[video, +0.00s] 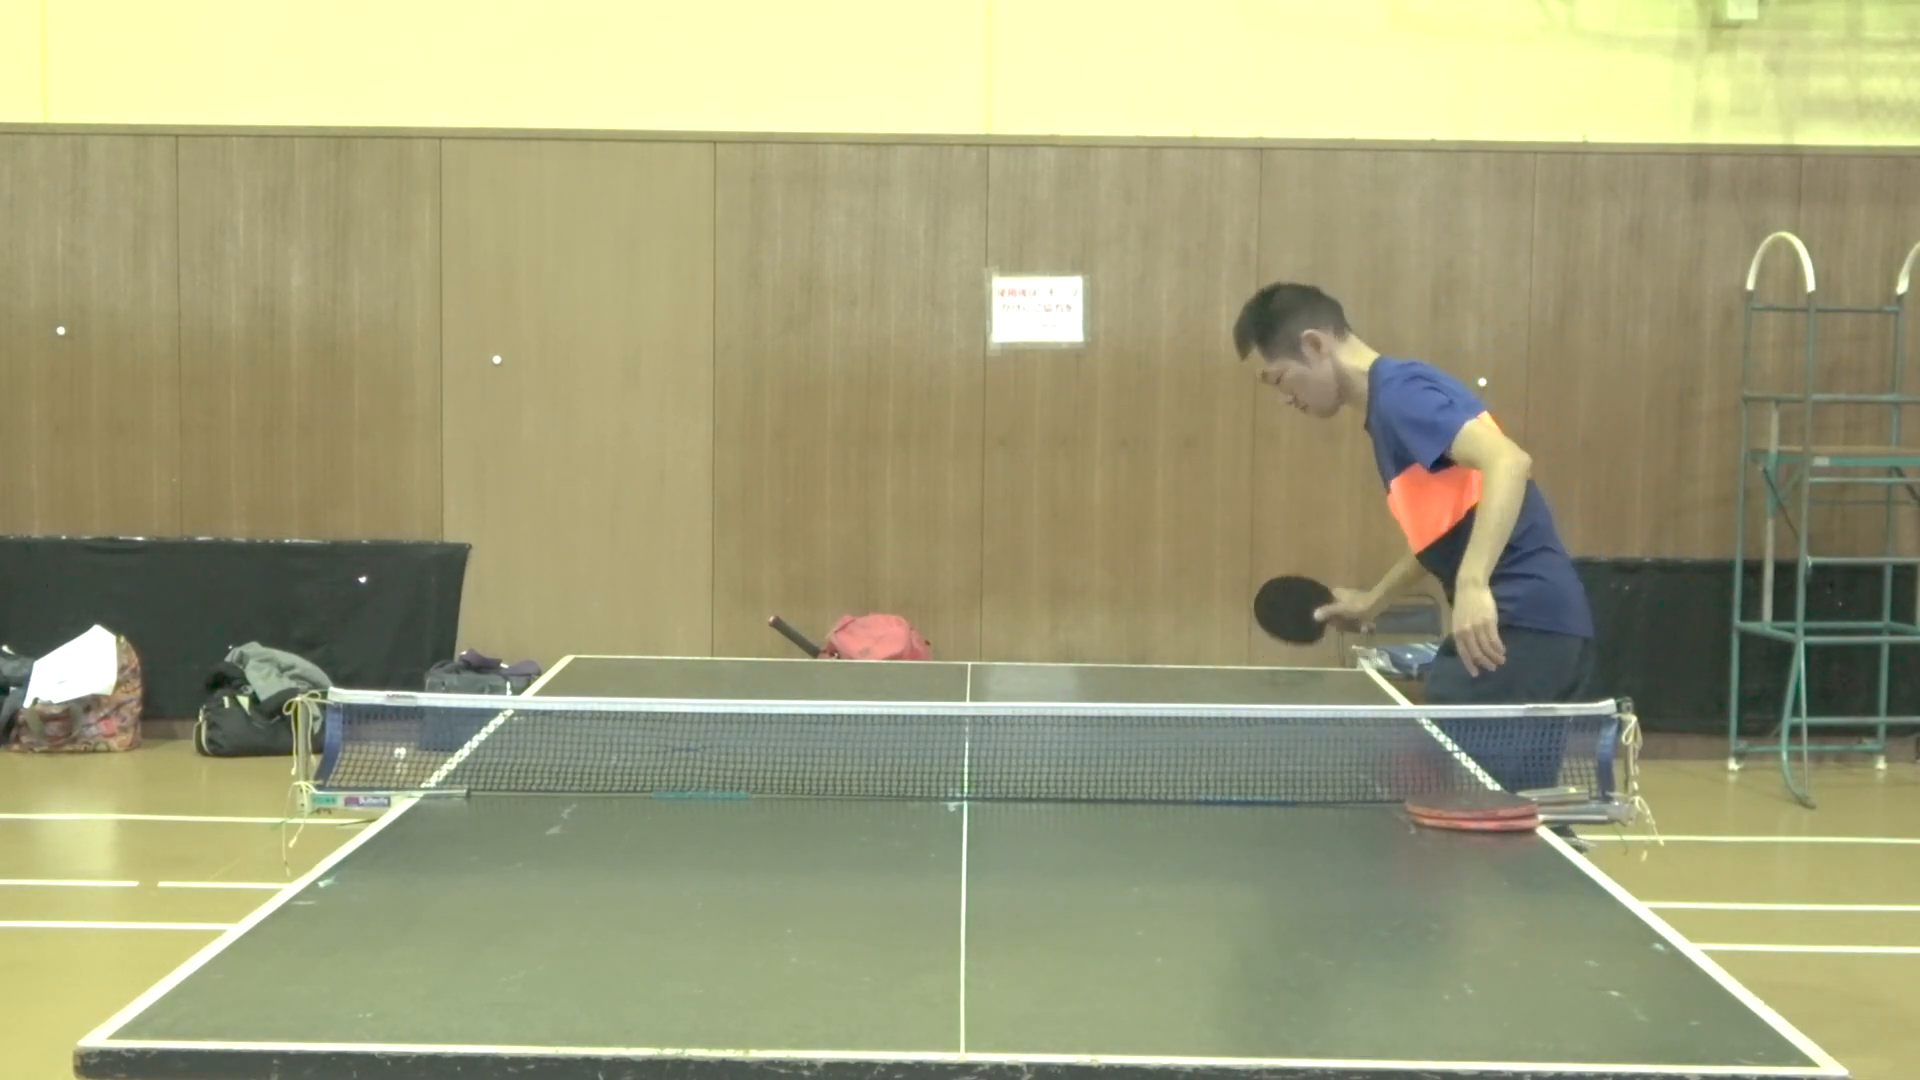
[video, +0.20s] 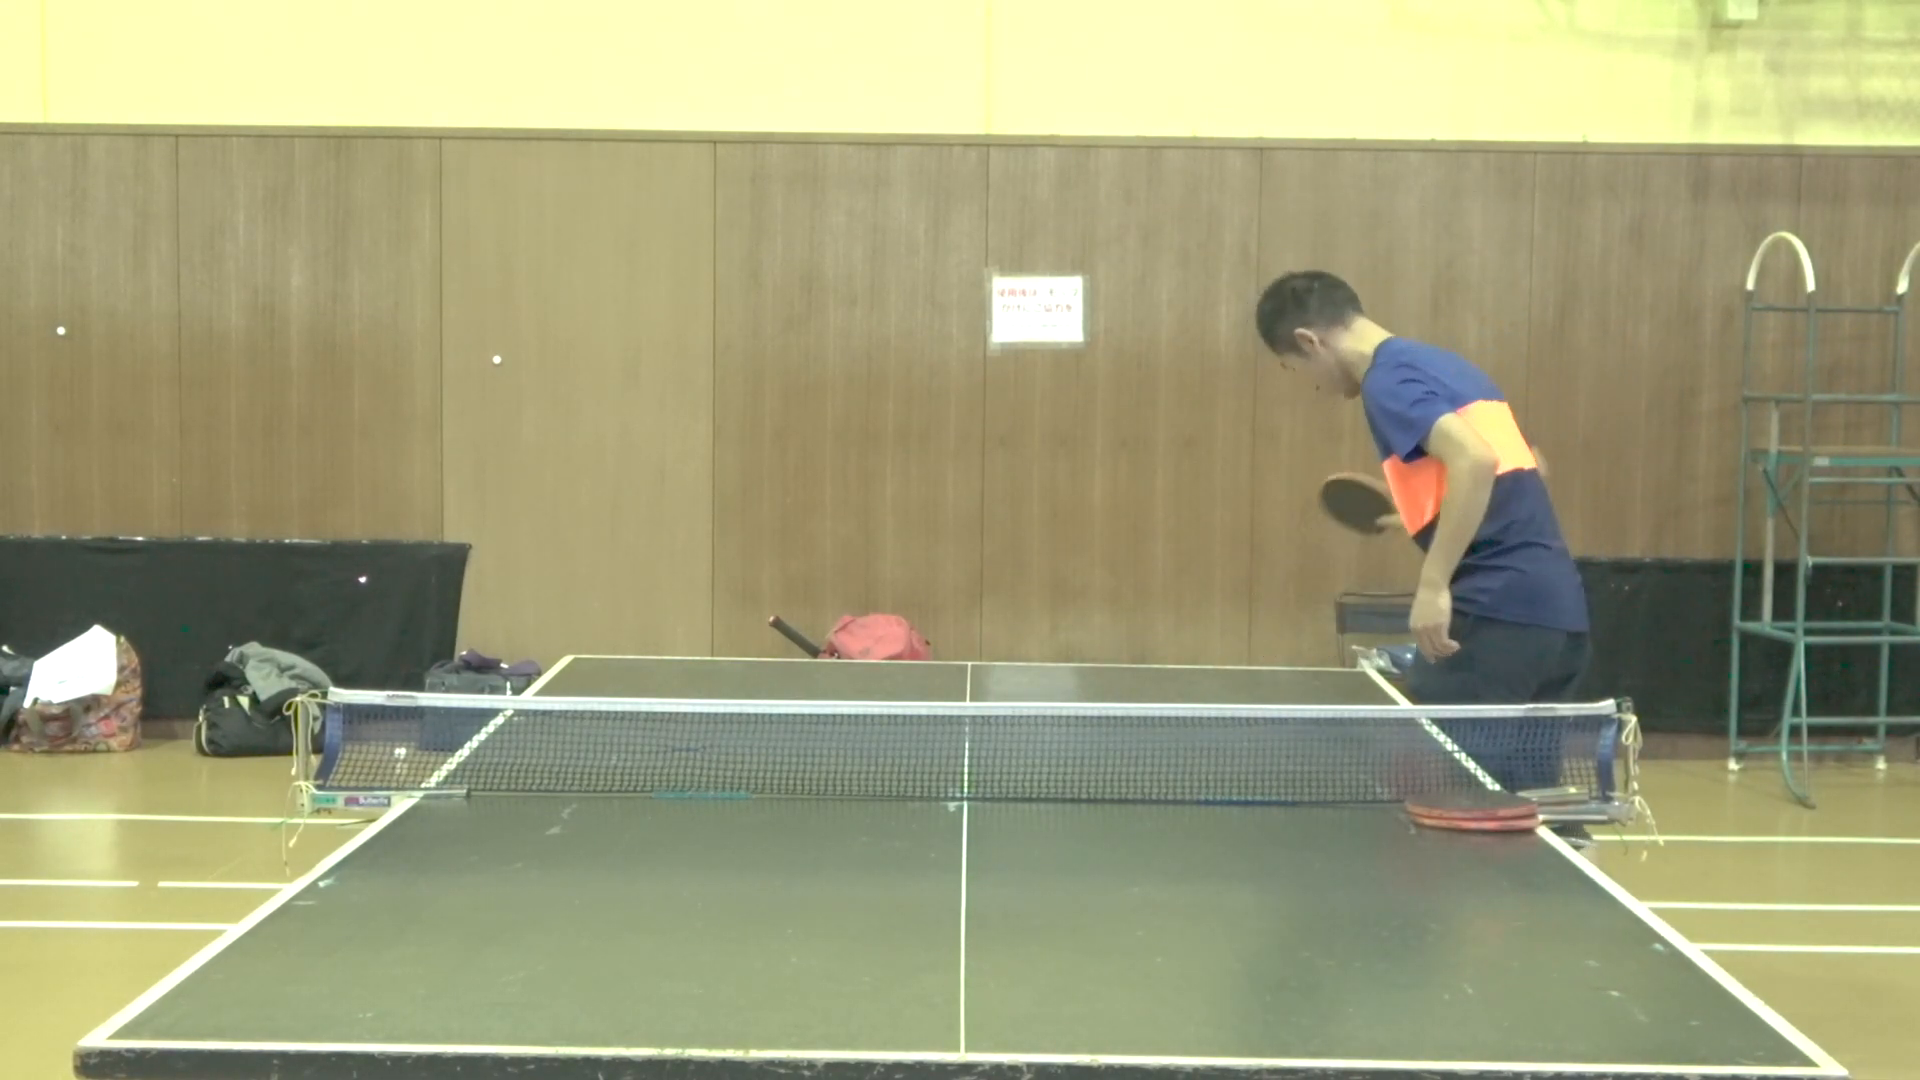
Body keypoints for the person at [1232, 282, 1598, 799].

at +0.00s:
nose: (1287, 399)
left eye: (1280, 379)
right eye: (1275, 386)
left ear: (1315, 345)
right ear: (1320, 345)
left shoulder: (1400, 393)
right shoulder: (1390, 403)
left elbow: (1508, 462)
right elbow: (1450, 525)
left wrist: (1472, 584)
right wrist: (1375, 598)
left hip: (1520, 624)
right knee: (1512, 809)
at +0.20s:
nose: (1313, 382)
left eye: (1297, 367)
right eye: (1297, 371)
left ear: (1311, 340)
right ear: (1355, 317)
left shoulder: (1387, 379)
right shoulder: (1448, 364)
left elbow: (1474, 461)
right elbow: (1527, 469)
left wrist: (1433, 584)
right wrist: (1418, 507)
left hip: (1501, 620)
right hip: (1557, 622)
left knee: (1415, 780)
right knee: (1524, 803)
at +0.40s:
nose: (1364, 364)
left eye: (1355, 352)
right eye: (1356, 354)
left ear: (1363, 336)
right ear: (1417, 312)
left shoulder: (1394, 378)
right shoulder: (1509, 367)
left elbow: (1444, 476)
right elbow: (1603, 467)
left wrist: (1408, 596)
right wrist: (1525, 511)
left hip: (1500, 611)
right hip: (1583, 614)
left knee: (1392, 769)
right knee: (1568, 797)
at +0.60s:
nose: (1426, 438)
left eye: (1420, 427)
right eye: (1421, 428)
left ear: (1430, 408)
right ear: (1488, 388)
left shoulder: (1445, 439)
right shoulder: (1578, 427)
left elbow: (1465, 570)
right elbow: (1670, 560)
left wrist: (1450, 693)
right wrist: (1639, 642)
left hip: (1561, 629)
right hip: (1653, 636)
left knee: (1444, 783)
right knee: (1624, 804)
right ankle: (1640, 979)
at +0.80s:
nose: (1448, 505)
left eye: (1444, 493)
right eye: (1442, 496)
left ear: (1455, 468)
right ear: (1509, 448)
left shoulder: (1471, 507)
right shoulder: (1598, 464)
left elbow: (1507, 646)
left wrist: (1503, 738)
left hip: (1601, 642)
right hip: (1696, 643)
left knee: (1480, 783)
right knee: (1639, 810)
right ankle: (1646, 976)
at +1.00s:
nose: (1420, 485)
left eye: (1415, 466)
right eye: (1412, 470)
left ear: (1444, 441)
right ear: (1491, 429)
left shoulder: (1466, 498)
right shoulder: (1581, 455)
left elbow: (1504, 646)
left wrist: (1471, 740)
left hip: (1608, 649)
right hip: (1699, 649)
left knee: (1476, 782)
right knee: (1628, 807)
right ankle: (1642, 977)